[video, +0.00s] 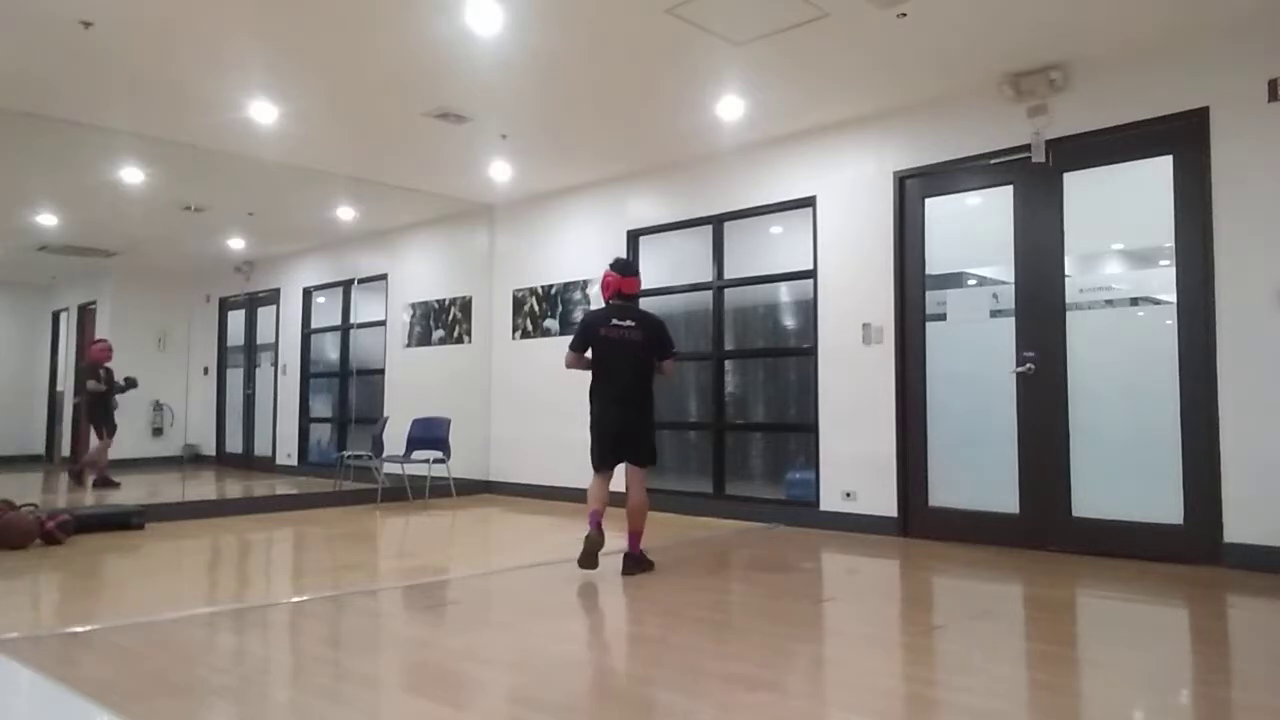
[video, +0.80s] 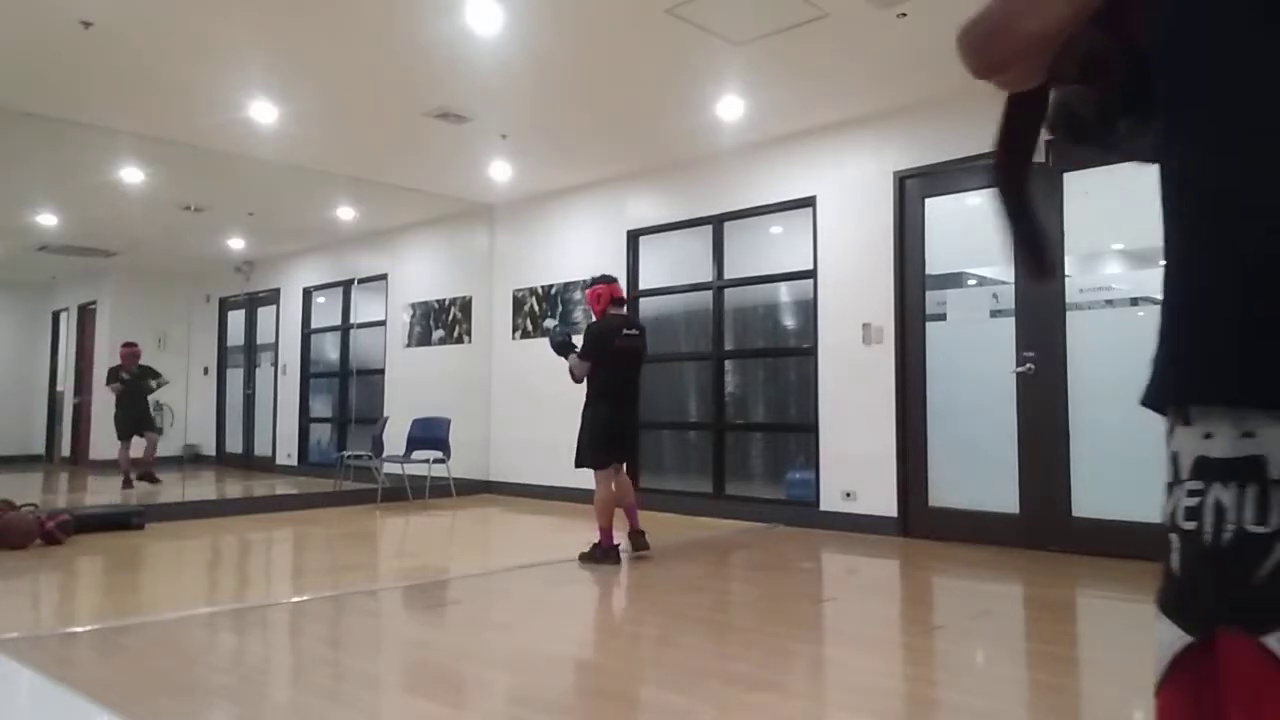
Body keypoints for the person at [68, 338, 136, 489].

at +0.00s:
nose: (107, 354)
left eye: (109, 350)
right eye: (103, 350)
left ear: (111, 352)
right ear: (94, 353)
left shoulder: (108, 371)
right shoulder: (88, 369)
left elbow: (112, 388)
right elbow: (90, 386)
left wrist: (125, 386)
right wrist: (109, 388)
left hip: (106, 408)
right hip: (94, 408)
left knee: (107, 441)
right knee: (104, 441)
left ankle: (102, 475)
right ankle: (79, 468)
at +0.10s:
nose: (111, 353)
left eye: (113, 350)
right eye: (107, 350)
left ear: (116, 352)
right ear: (99, 352)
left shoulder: (114, 371)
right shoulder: (95, 368)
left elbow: (123, 386)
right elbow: (94, 383)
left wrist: (132, 379)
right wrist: (112, 384)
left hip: (111, 409)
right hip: (98, 409)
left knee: (112, 439)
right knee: (109, 439)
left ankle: (101, 473)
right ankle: (97, 472)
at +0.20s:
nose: (115, 354)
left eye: (117, 350)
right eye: (112, 350)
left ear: (120, 352)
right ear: (104, 352)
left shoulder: (120, 370)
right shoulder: (98, 368)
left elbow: (131, 386)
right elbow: (96, 382)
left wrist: (136, 377)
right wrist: (115, 382)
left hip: (116, 411)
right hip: (103, 410)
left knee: (114, 441)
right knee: (111, 441)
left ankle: (105, 475)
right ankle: (109, 475)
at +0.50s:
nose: (124, 355)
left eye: (126, 351)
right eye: (120, 352)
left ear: (130, 353)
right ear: (112, 355)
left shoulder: (132, 371)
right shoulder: (108, 371)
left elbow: (148, 379)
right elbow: (106, 388)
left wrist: (147, 374)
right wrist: (123, 381)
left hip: (130, 411)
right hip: (117, 411)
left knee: (127, 443)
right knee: (124, 443)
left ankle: (106, 473)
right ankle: (126, 476)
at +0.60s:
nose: (127, 356)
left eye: (129, 352)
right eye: (123, 353)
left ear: (133, 354)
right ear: (116, 355)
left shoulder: (136, 371)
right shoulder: (111, 371)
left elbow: (157, 377)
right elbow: (111, 390)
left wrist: (141, 374)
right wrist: (126, 379)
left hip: (135, 413)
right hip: (119, 413)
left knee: (142, 442)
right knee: (123, 444)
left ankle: (118, 467)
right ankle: (124, 475)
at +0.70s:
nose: (132, 358)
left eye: (133, 355)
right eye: (129, 355)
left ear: (135, 355)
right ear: (121, 356)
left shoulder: (140, 370)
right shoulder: (113, 371)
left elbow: (158, 380)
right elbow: (113, 389)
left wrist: (147, 381)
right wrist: (125, 379)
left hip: (139, 413)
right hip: (122, 414)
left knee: (151, 440)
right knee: (124, 445)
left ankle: (131, 467)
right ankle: (127, 477)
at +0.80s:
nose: (135, 359)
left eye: (136, 356)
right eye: (132, 356)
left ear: (139, 356)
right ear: (123, 357)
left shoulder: (144, 370)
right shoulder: (115, 371)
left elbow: (163, 380)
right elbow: (114, 387)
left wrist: (153, 385)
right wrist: (124, 379)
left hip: (142, 411)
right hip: (124, 412)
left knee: (153, 438)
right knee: (125, 445)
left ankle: (146, 470)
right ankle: (126, 477)